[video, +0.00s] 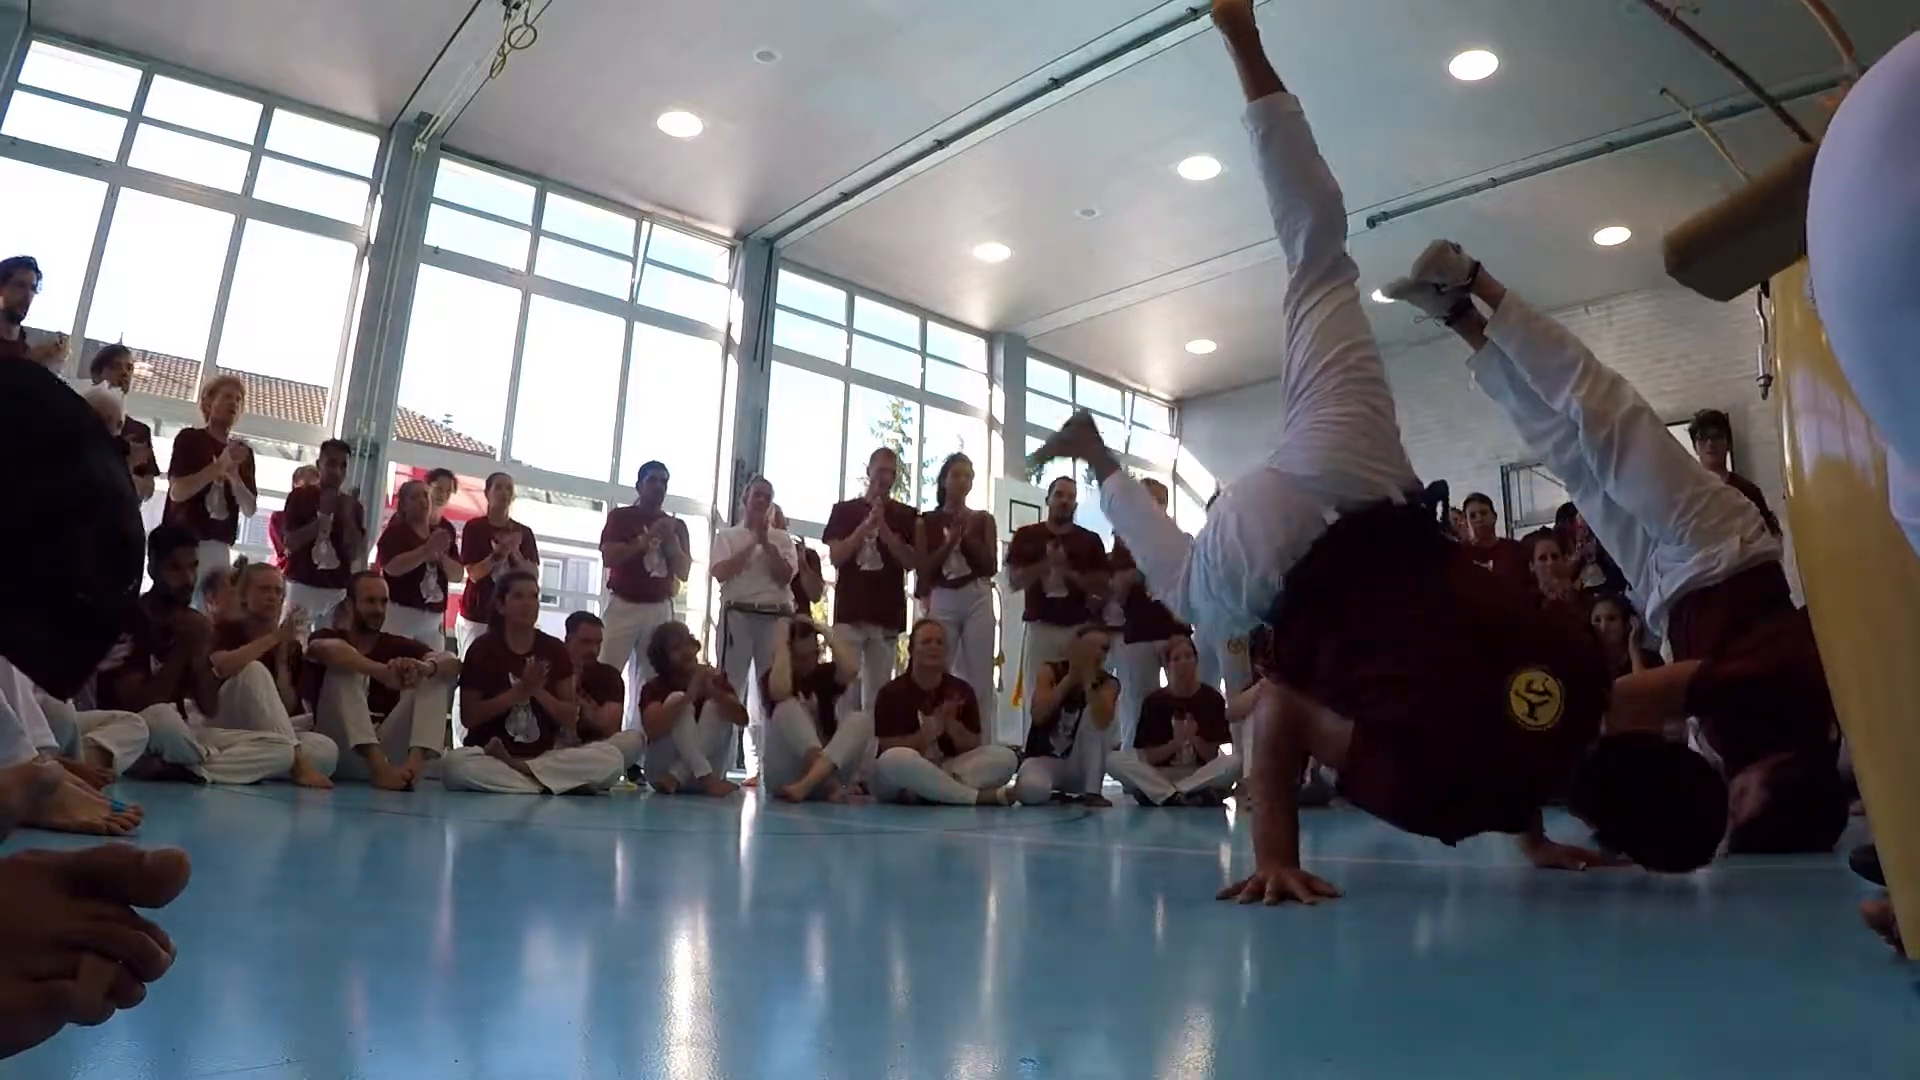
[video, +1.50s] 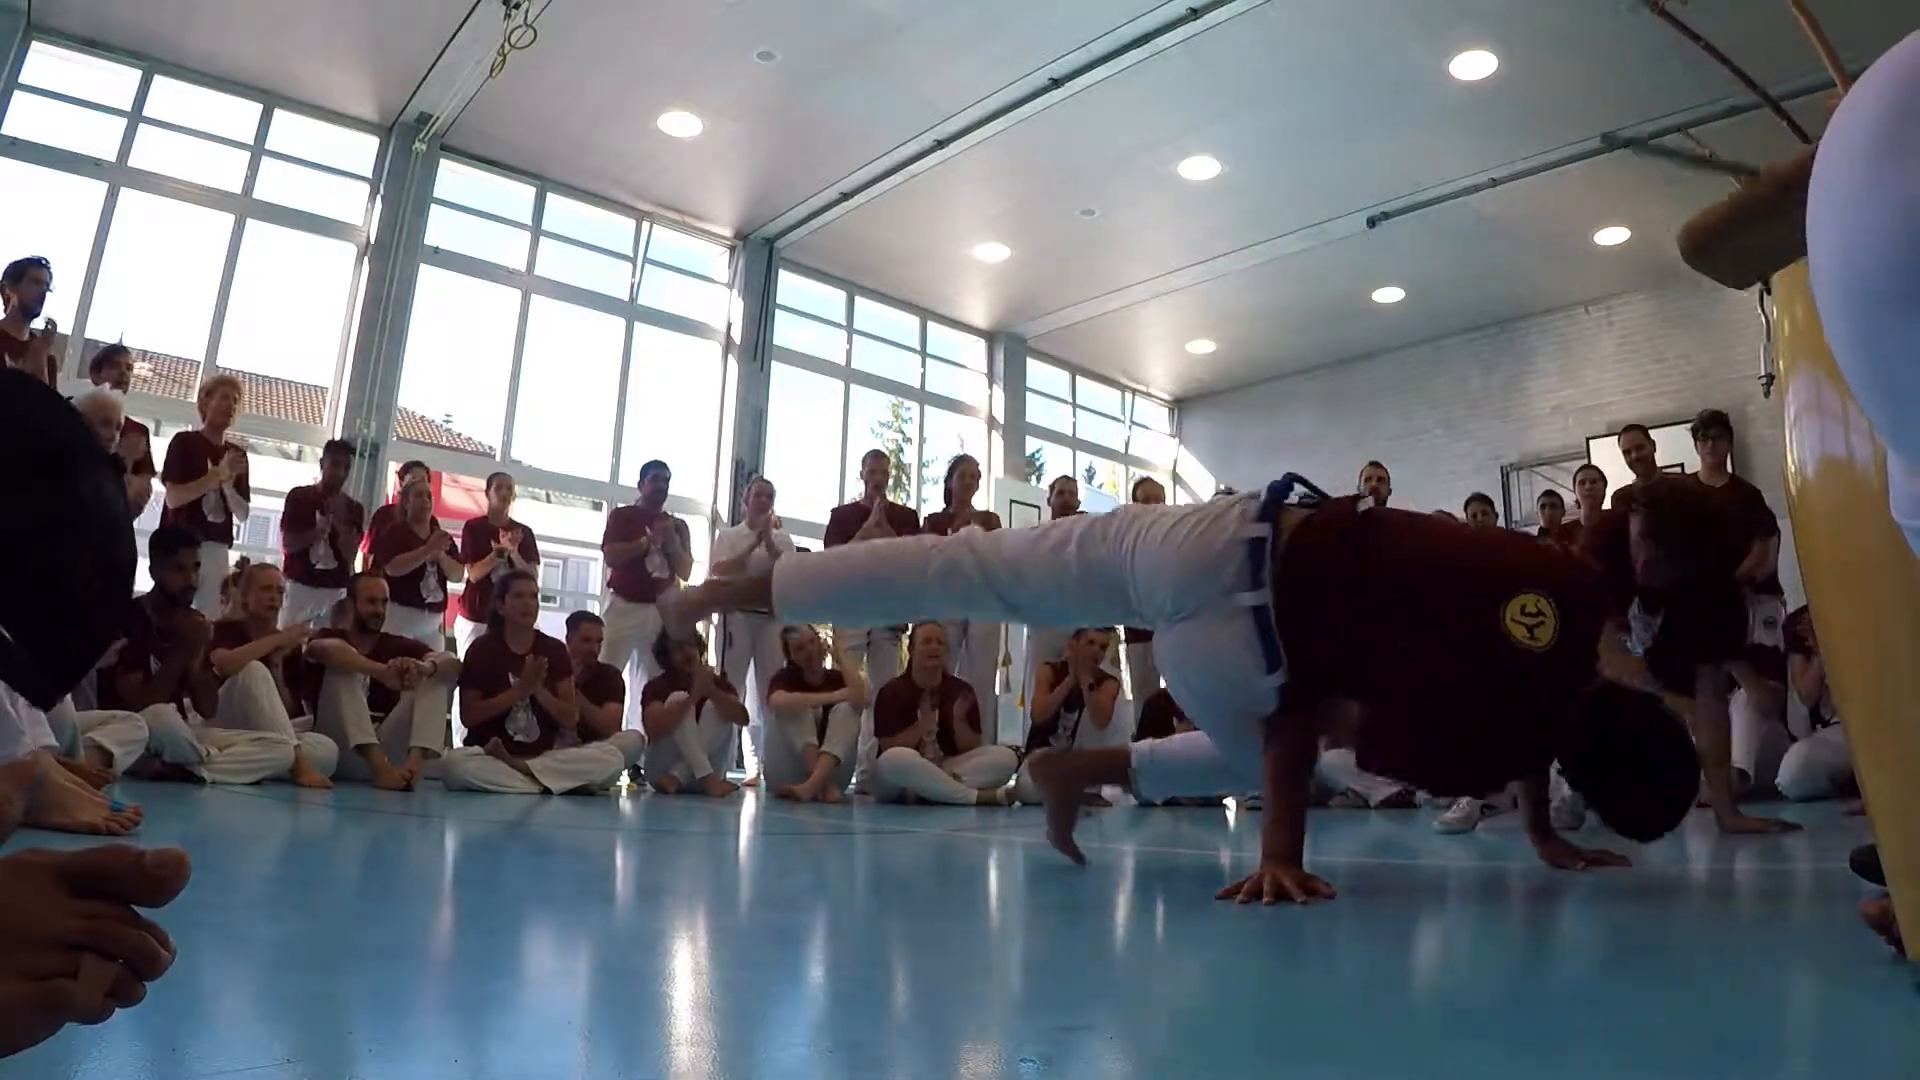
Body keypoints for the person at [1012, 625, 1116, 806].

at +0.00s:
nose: (1098, 654)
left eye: (1104, 649)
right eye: (1093, 646)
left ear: (1107, 652)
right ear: (1076, 645)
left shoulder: (1108, 683)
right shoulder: (1049, 671)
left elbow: (1102, 719)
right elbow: (1039, 715)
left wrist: (1089, 680)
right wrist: (1070, 679)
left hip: (1081, 763)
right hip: (1043, 761)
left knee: (1095, 713)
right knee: (1032, 792)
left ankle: (1093, 792)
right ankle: (1057, 798)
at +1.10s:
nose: (1096, 651)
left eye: (1102, 648)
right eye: (1091, 643)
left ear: (1105, 654)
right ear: (1074, 643)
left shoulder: (1106, 681)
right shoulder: (1049, 671)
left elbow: (1100, 718)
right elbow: (1038, 715)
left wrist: (1085, 674)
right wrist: (1069, 679)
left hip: (1081, 763)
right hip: (1043, 761)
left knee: (1095, 712)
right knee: (1031, 792)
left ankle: (1092, 792)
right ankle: (1057, 797)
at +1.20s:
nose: (1097, 650)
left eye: (1102, 647)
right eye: (1091, 643)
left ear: (1105, 655)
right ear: (1074, 645)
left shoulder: (1102, 680)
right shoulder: (1048, 671)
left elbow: (1101, 721)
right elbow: (1037, 716)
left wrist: (1089, 678)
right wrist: (1065, 675)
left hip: (1079, 763)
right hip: (1042, 762)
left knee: (1094, 712)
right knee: (1032, 791)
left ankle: (1092, 791)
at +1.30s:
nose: (1096, 651)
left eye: (1102, 647)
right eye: (1090, 643)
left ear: (1106, 654)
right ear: (1073, 645)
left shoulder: (1107, 682)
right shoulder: (1049, 671)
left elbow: (1101, 720)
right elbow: (1037, 715)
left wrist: (1089, 682)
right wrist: (1063, 676)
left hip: (1084, 760)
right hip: (1044, 757)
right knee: (1033, 790)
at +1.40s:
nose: (1096, 650)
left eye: (1102, 647)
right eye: (1090, 643)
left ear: (1105, 652)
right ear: (1074, 645)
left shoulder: (1108, 682)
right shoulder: (1049, 671)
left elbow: (1100, 721)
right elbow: (1038, 715)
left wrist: (1086, 676)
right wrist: (1070, 680)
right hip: (1042, 760)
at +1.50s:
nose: (1096, 652)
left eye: (1103, 648)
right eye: (1091, 643)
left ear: (1106, 652)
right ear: (1074, 643)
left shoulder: (1108, 682)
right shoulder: (1049, 670)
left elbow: (1101, 720)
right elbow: (1038, 715)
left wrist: (1085, 676)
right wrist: (1071, 679)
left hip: (1076, 759)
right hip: (1040, 754)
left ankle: (1011, 794)